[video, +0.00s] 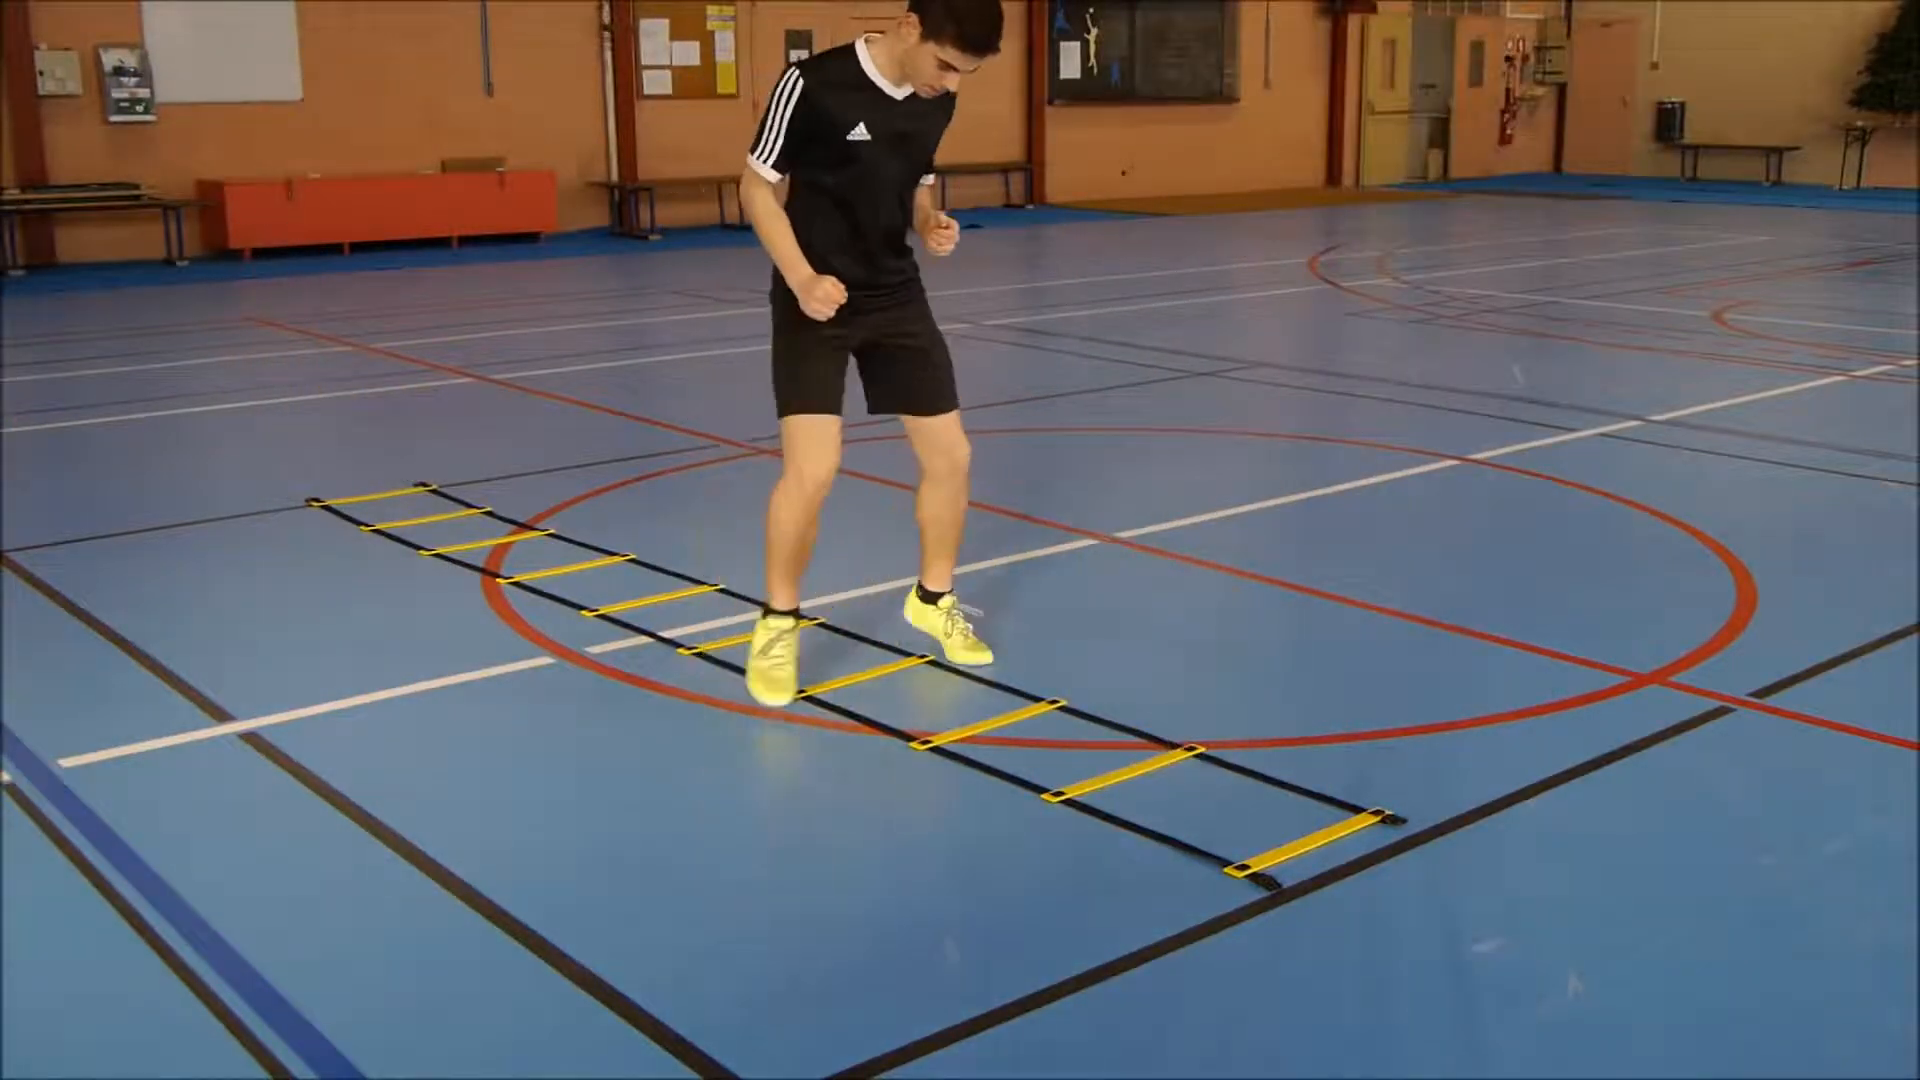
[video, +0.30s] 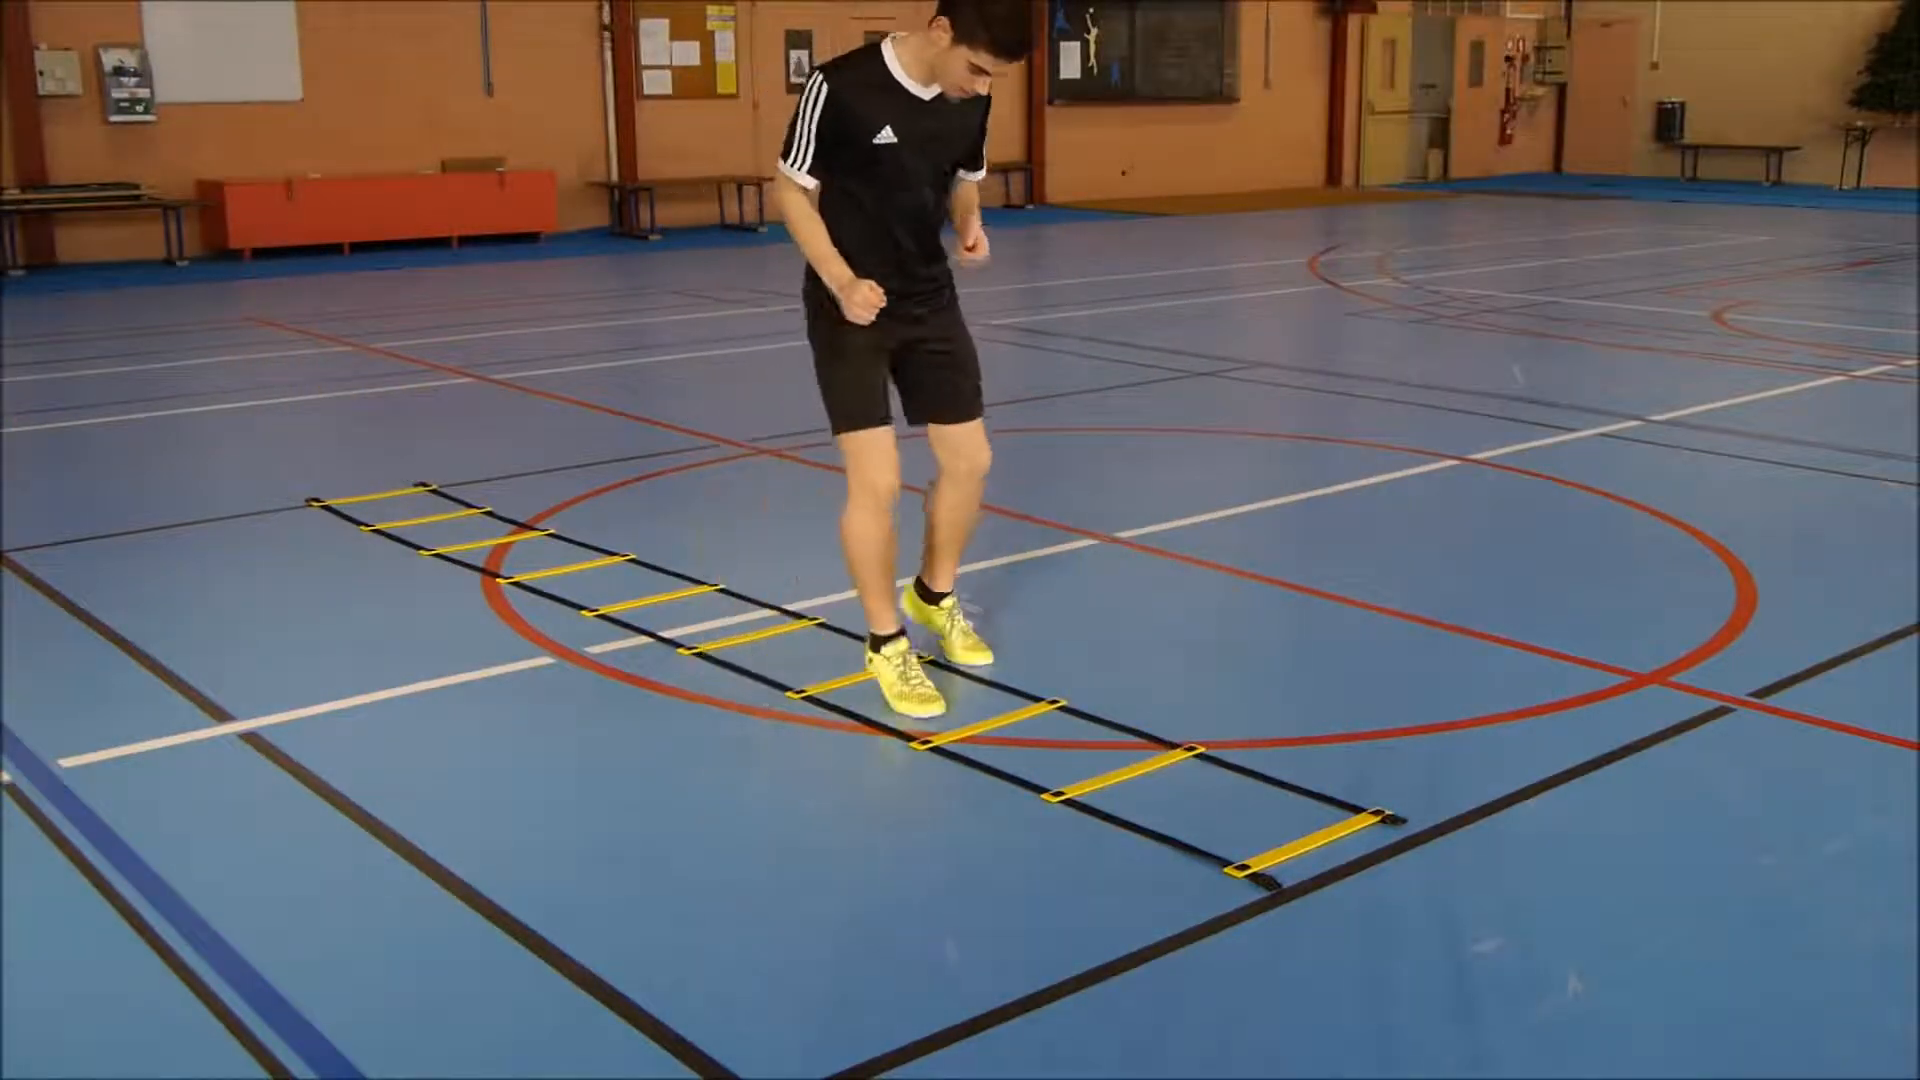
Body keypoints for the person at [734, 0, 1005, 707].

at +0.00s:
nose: (951, 83)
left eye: (962, 72)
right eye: (944, 65)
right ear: (905, 27)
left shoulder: (938, 96)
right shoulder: (809, 84)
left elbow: (918, 180)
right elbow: (757, 187)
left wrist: (930, 222)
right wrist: (801, 278)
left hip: (894, 289)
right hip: (811, 292)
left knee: (948, 453)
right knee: (812, 467)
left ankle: (933, 599)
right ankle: (779, 620)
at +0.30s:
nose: (983, 87)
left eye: (995, 75)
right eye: (977, 68)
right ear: (939, 30)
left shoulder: (973, 95)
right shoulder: (837, 85)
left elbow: (965, 178)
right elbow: (790, 191)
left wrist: (969, 225)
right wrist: (841, 281)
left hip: (927, 292)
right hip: (846, 297)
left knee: (969, 457)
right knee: (876, 479)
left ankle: (932, 595)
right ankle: (886, 643)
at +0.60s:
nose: (1008, 68)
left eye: (1019, 56)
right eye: (1002, 49)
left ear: (1026, 43)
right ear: (962, 11)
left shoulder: (984, 76)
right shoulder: (859, 60)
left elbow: (965, 160)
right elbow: (795, 164)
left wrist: (989, 211)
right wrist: (862, 258)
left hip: (947, 289)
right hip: (868, 295)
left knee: (984, 455)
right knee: (887, 483)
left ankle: (918, 615)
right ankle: (886, 639)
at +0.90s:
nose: (1020, 70)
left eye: (1032, 58)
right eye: (1011, 51)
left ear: (1043, 43)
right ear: (967, 16)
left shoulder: (1014, 89)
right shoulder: (872, 77)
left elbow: (1011, 179)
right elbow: (816, 190)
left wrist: (1012, 229)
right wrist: (874, 284)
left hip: (970, 316)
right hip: (886, 315)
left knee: (968, 491)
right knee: (881, 490)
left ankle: (898, 635)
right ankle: (852, 671)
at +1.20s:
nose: (1044, 84)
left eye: (1055, 71)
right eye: (1037, 64)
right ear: (990, 26)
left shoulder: (1022, 98)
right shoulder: (899, 95)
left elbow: (1006, 187)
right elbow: (837, 217)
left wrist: (1029, 235)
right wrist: (914, 307)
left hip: (980, 318)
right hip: (895, 321)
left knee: (1064, 471)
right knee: (871, 513)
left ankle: (960, 606)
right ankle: (828, 695)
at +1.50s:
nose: (1088, 81)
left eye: (1099, 69)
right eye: (1080, 62)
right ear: (1036, 20)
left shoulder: (1065, 91)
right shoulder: (932, 83)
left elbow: (1052, 182)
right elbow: (877, 205)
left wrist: (1070, 233)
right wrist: (936, 298)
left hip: (1030, 311)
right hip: (940, 317)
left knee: (1086, 483)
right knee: (944, 508)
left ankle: (1071, 638)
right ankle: (896, 667)